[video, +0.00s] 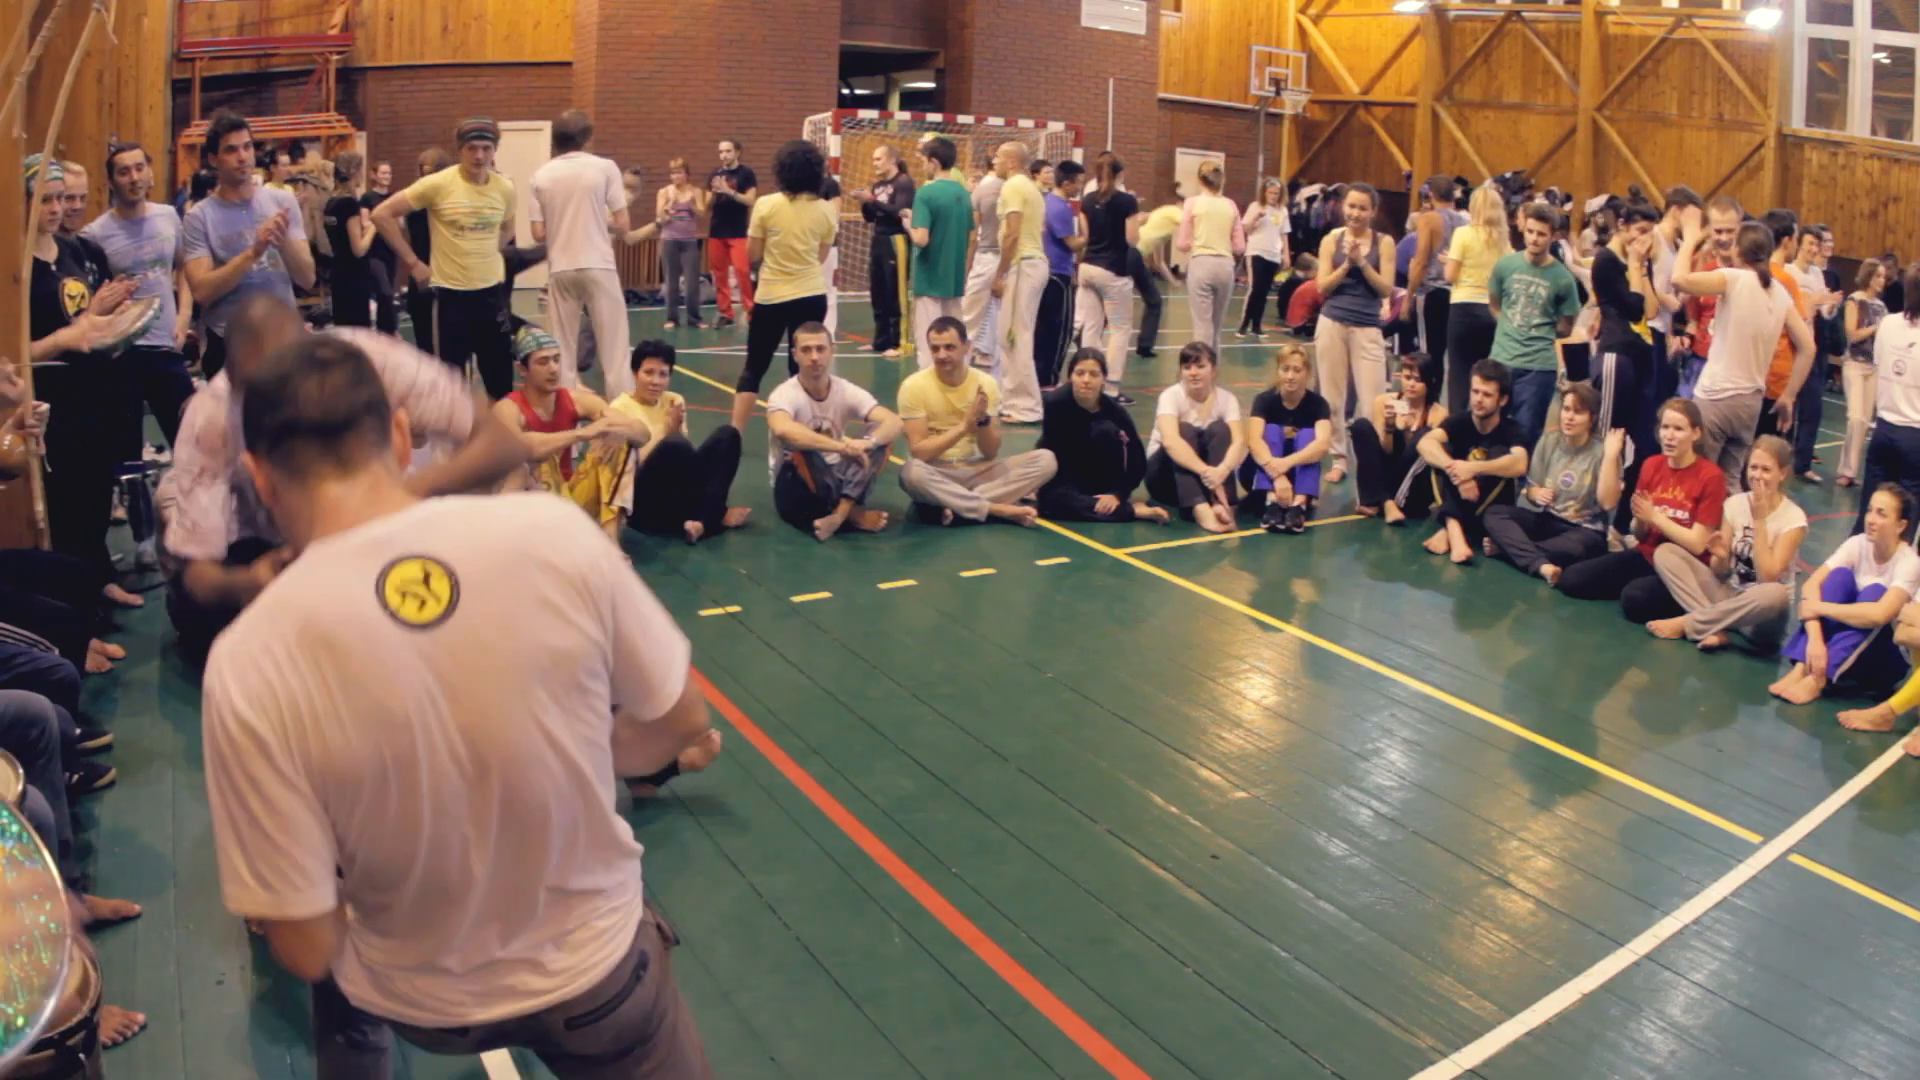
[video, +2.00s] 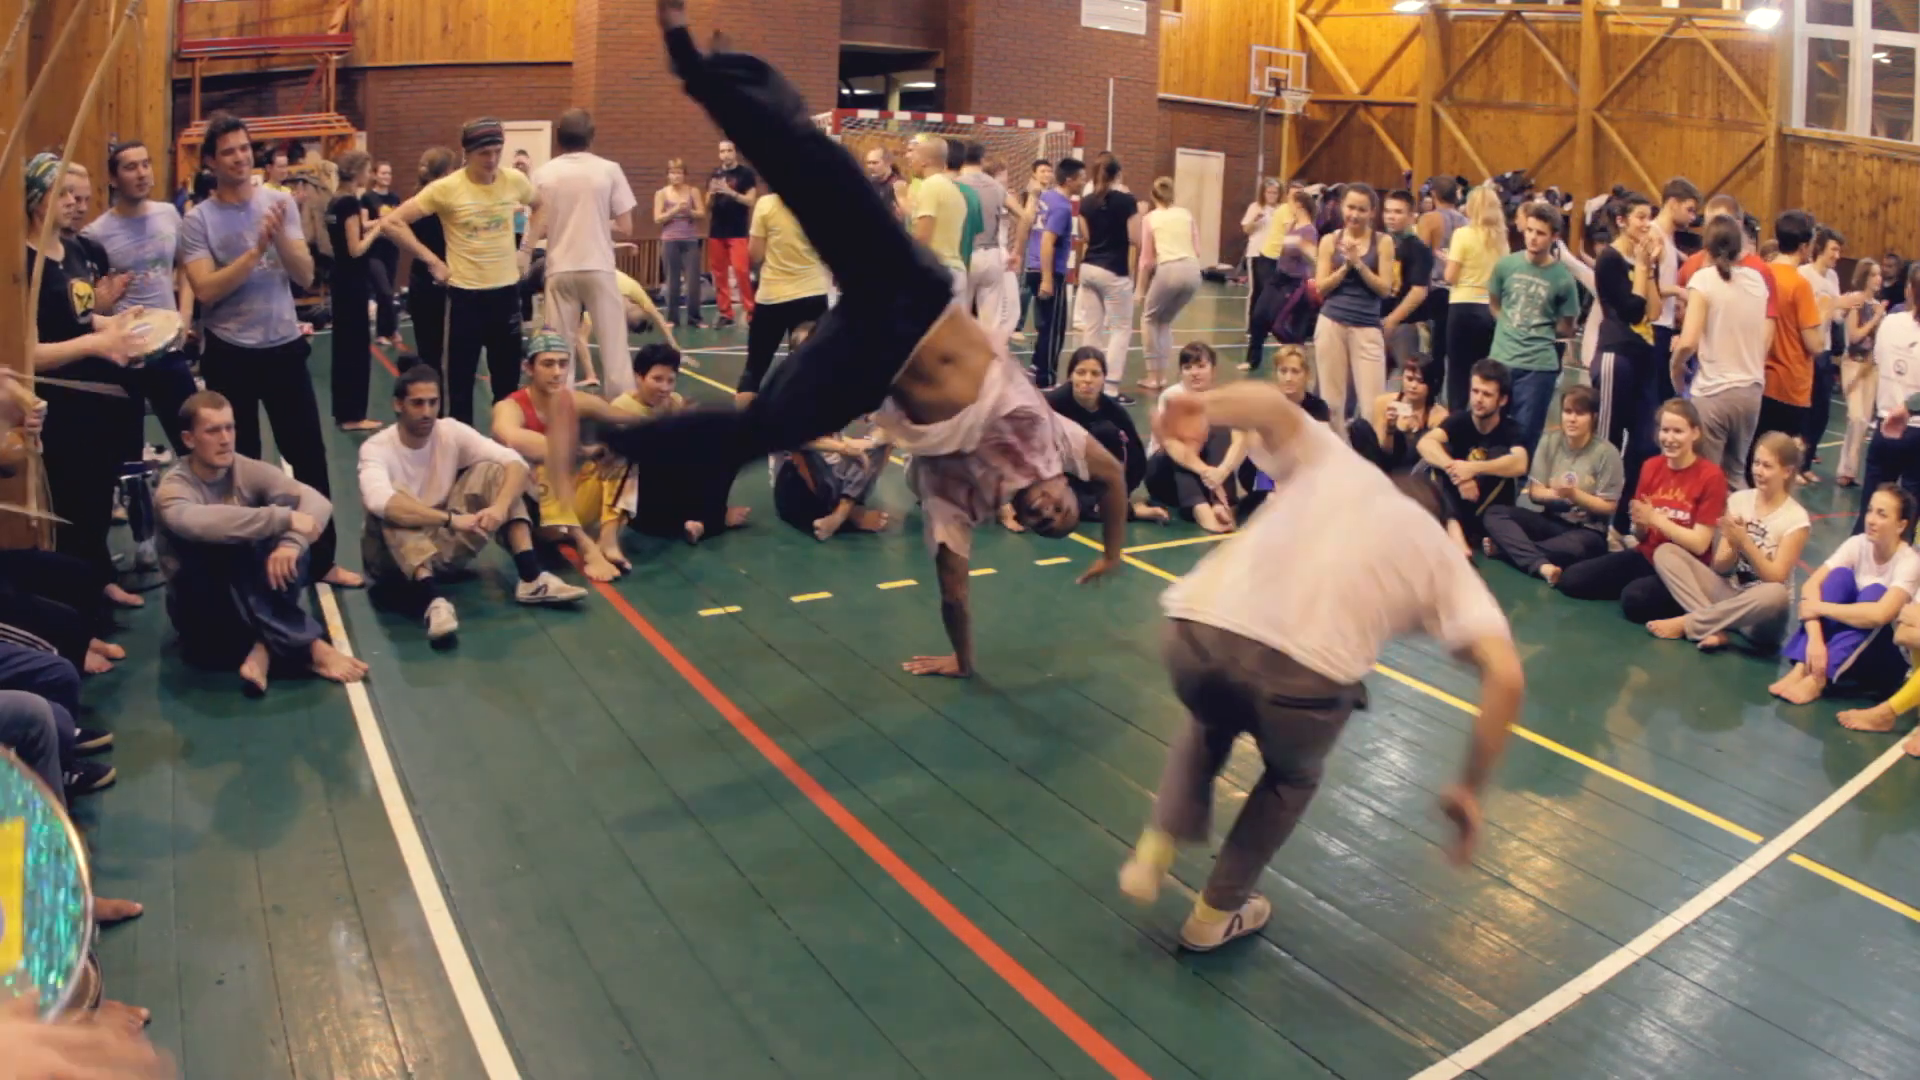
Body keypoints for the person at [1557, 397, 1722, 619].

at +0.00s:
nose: (1669, 435)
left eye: (1678, 429)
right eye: (1665, 427)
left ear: (1696, 434)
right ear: (1658, 430)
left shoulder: (1711, 476)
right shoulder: (1651, 465)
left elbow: (1697, 544)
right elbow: (1639, 533)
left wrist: (1653, 517)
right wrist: (1641, 516)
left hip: (1683, 566)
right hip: (1647, 555)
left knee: (1634, 601)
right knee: (1571, 581)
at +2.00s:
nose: (1669, 438)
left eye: (1678, 431)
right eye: (1665, 430)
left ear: (1695, 433)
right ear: (1657, 432)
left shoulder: (1711, 476)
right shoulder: (1651, 466)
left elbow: (1699, 544)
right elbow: (1640, 535)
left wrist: (1653, 519)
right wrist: (1640, 520)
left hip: (1683, 566)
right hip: (1647, 555)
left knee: (1634, 601)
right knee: (1570, 582)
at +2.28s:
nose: (1674, 437)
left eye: (1683, 431)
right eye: (1670, 428)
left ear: (1700, 434)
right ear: (1662, 430)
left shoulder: (1713, 475)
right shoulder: (1652, 465)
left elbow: (1698, 542)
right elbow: (1639, 533)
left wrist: (1653, 517)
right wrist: (1643, 516)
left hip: (1685, 564)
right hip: (1647, 555)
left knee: (1634, 599)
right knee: (1598, 575)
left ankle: (1693, 603)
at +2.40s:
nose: (1676, 435)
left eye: (1685, 429)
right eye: (1672, 427)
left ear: (1702, 434)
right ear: (1666, 428)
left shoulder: (1715, 476)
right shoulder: (1654, 466)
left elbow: (1700, 542)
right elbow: (1641, 533)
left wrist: (1659, 515)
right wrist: (1637, 515)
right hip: (1646, 557)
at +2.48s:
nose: (1678, 435)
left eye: (1687, 429)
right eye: (1675, 426)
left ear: (1704, 434)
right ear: (1669, 428)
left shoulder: (1716, 475)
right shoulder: (1654, 465)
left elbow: (1699, 541)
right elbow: (1639, 518)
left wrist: (1657, 513)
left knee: (1668, 551)